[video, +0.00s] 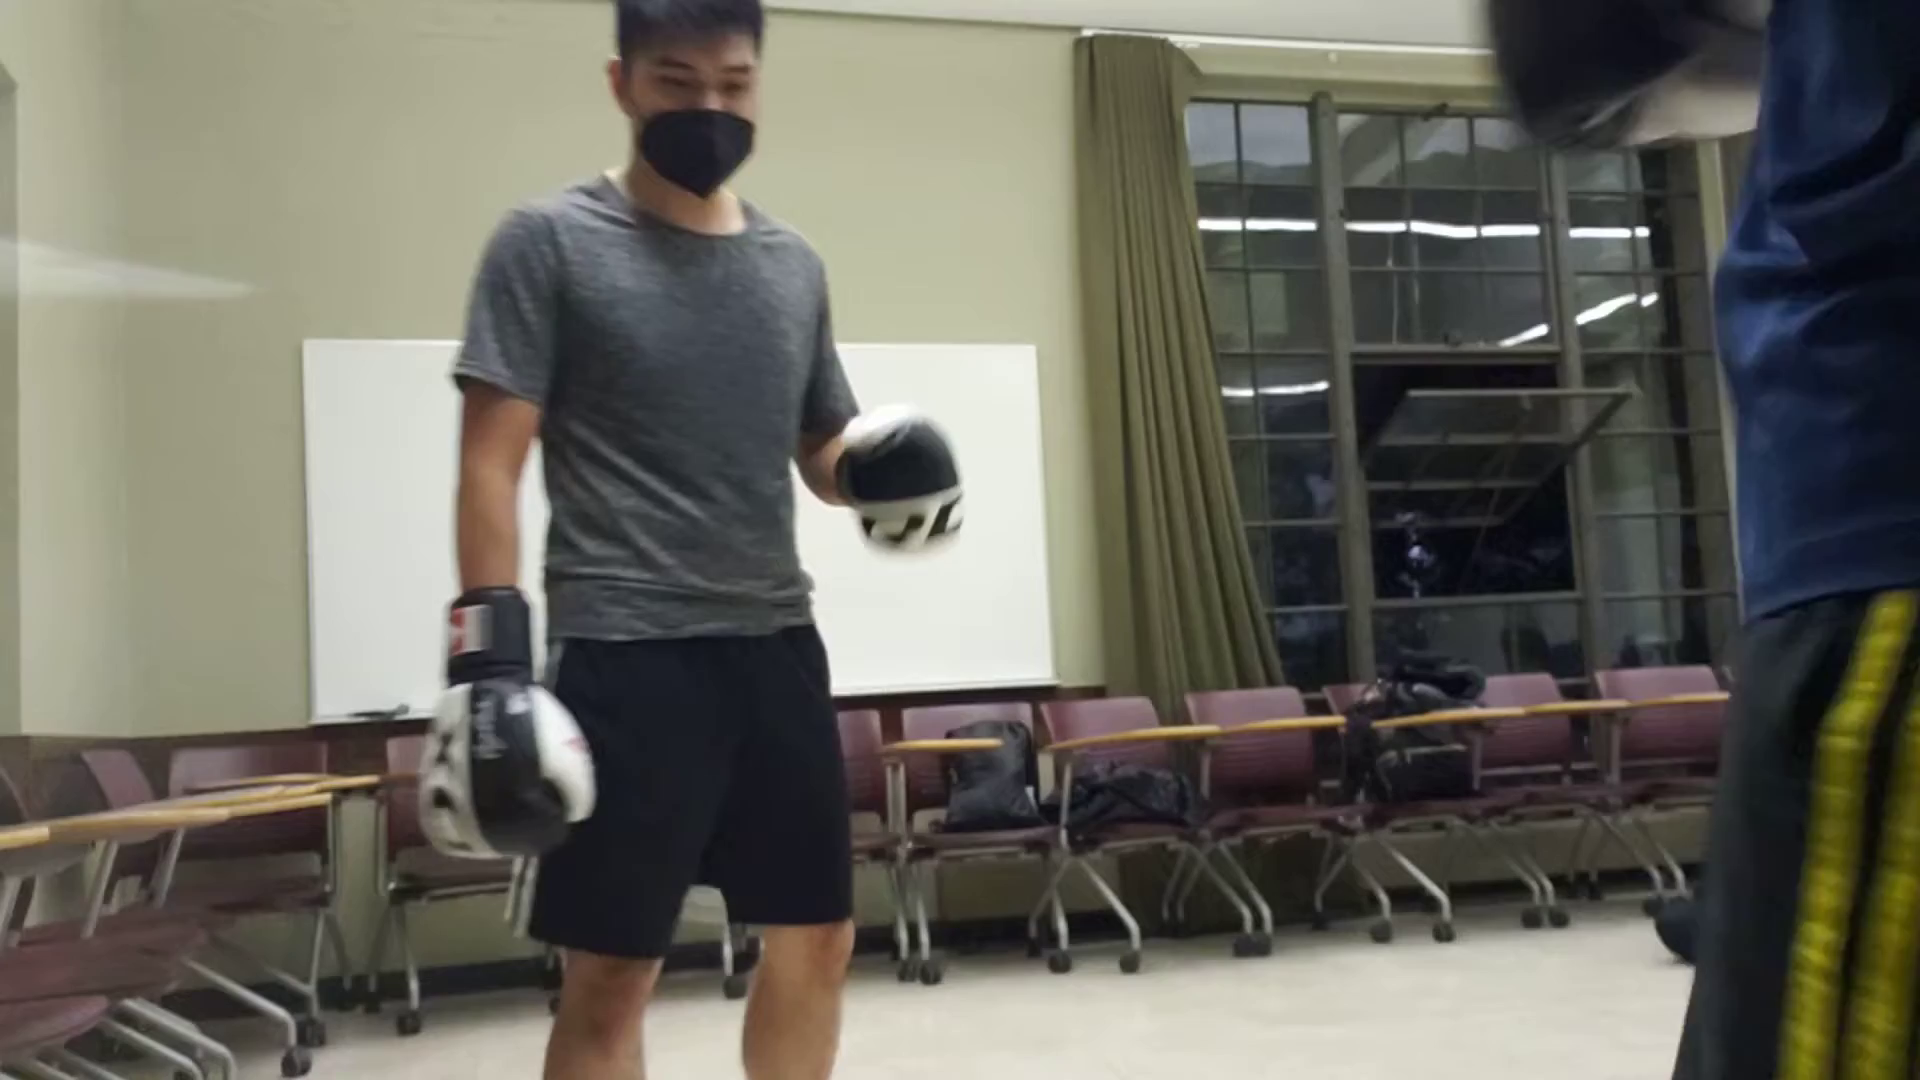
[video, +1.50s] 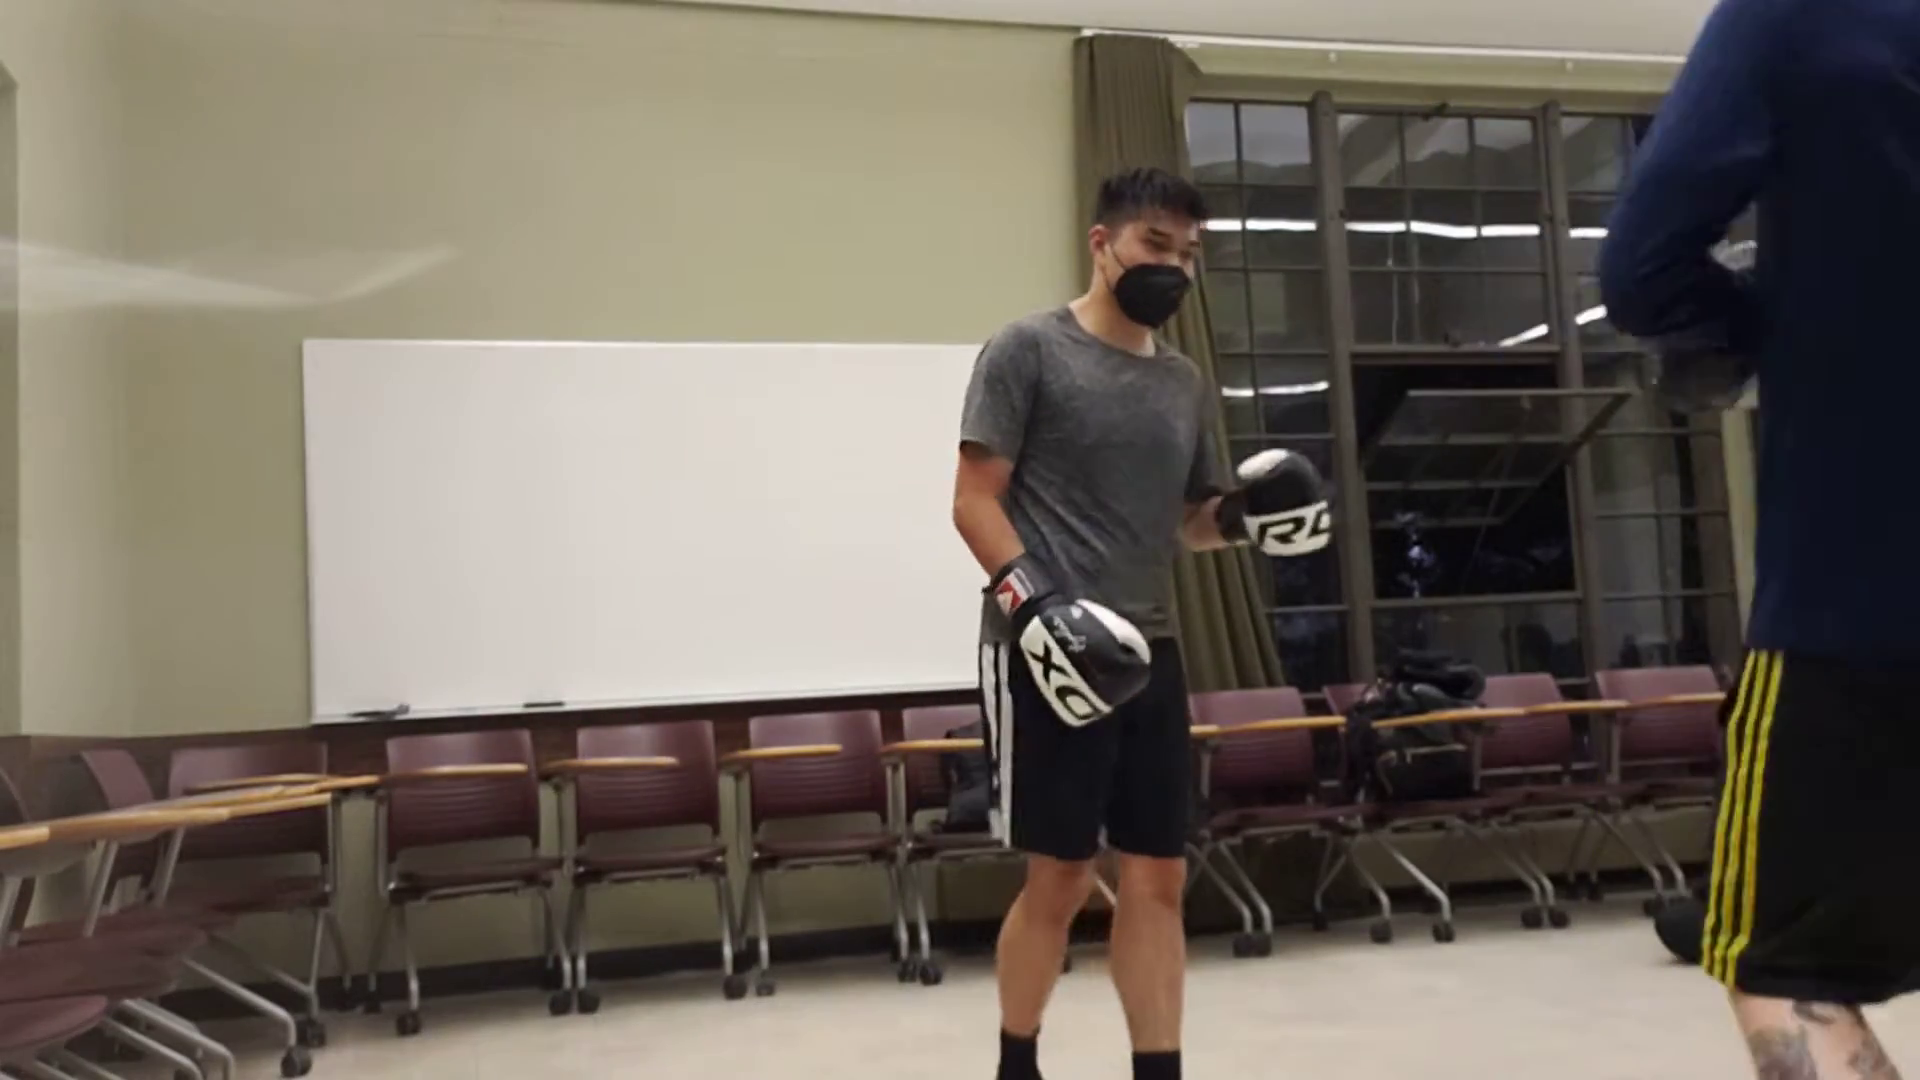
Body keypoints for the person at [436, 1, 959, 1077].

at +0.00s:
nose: (708, 109)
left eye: (734, 83)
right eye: (676, 80)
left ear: (761, 89)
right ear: (621, 80)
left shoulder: (792, 267)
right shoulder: (549, 244)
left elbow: (820, 451)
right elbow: (492, 464)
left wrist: (880, 470)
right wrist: (490, 671)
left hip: (776, 654)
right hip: (624, 659)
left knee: (815, 943)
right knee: (609, 987)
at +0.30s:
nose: (868, 173)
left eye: (890, 151)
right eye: (841, 145)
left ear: (911, 153)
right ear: (785, 137)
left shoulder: (915, 310)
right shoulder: (705, 279)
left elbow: (963, 492)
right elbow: (627, 471)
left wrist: (995, 392)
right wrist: (692, 605)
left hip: (873, 657)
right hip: (756, 650)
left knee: (834, 949)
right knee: (763, 944)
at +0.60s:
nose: (1006, 181)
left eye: (1024, 160)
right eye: (980, 155)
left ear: (1039, 164)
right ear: (917, 151)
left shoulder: (1002, 318)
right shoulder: (854, 283)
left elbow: (1010, 496)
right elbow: (802, 475)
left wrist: (1073, 463)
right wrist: (878, 625)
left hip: (967, 640)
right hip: (887, 636)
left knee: (898, 930)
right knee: (982, 924)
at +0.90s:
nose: (1132, 203)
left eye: (1143, 182)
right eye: (1111, 174)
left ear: (1147, 180)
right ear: (1044, 169)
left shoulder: (1053, 295)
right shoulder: (1001, 281)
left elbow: (1028, 466)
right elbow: (971, 471)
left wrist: (1116, 498)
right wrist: (1034, 625)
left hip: (1060, 627)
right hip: (998, 634)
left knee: (1149, 848)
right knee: (1047, 904)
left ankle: (1058, 1061)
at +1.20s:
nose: (1189, 251)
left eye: (1204, 238)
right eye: (1170, 226)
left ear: (1211, 250)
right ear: (1114, 225)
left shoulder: (1167, 376)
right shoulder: (1040, 328)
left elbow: (1151, 527)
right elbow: (967, 488)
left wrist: (1228, 533)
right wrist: (1040, 602)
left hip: (1139, 653)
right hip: (1047, 651)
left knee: (1149, 893)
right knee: (1074, 901)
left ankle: (1152, 1077)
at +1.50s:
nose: (1173, 266)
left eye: (1188, 253)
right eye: (1155, 244)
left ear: (1197, 268)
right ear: (1101, 242)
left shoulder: (1183, 380)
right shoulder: (1026, 350)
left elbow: (1189, 523)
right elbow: (974, 500)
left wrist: (1248, 510)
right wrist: (1036, 608)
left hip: (1148, 655)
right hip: (1048, 652)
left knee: (1157, 879)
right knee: (1057, 880)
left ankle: (1158, 1074)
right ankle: (1017, 1068)